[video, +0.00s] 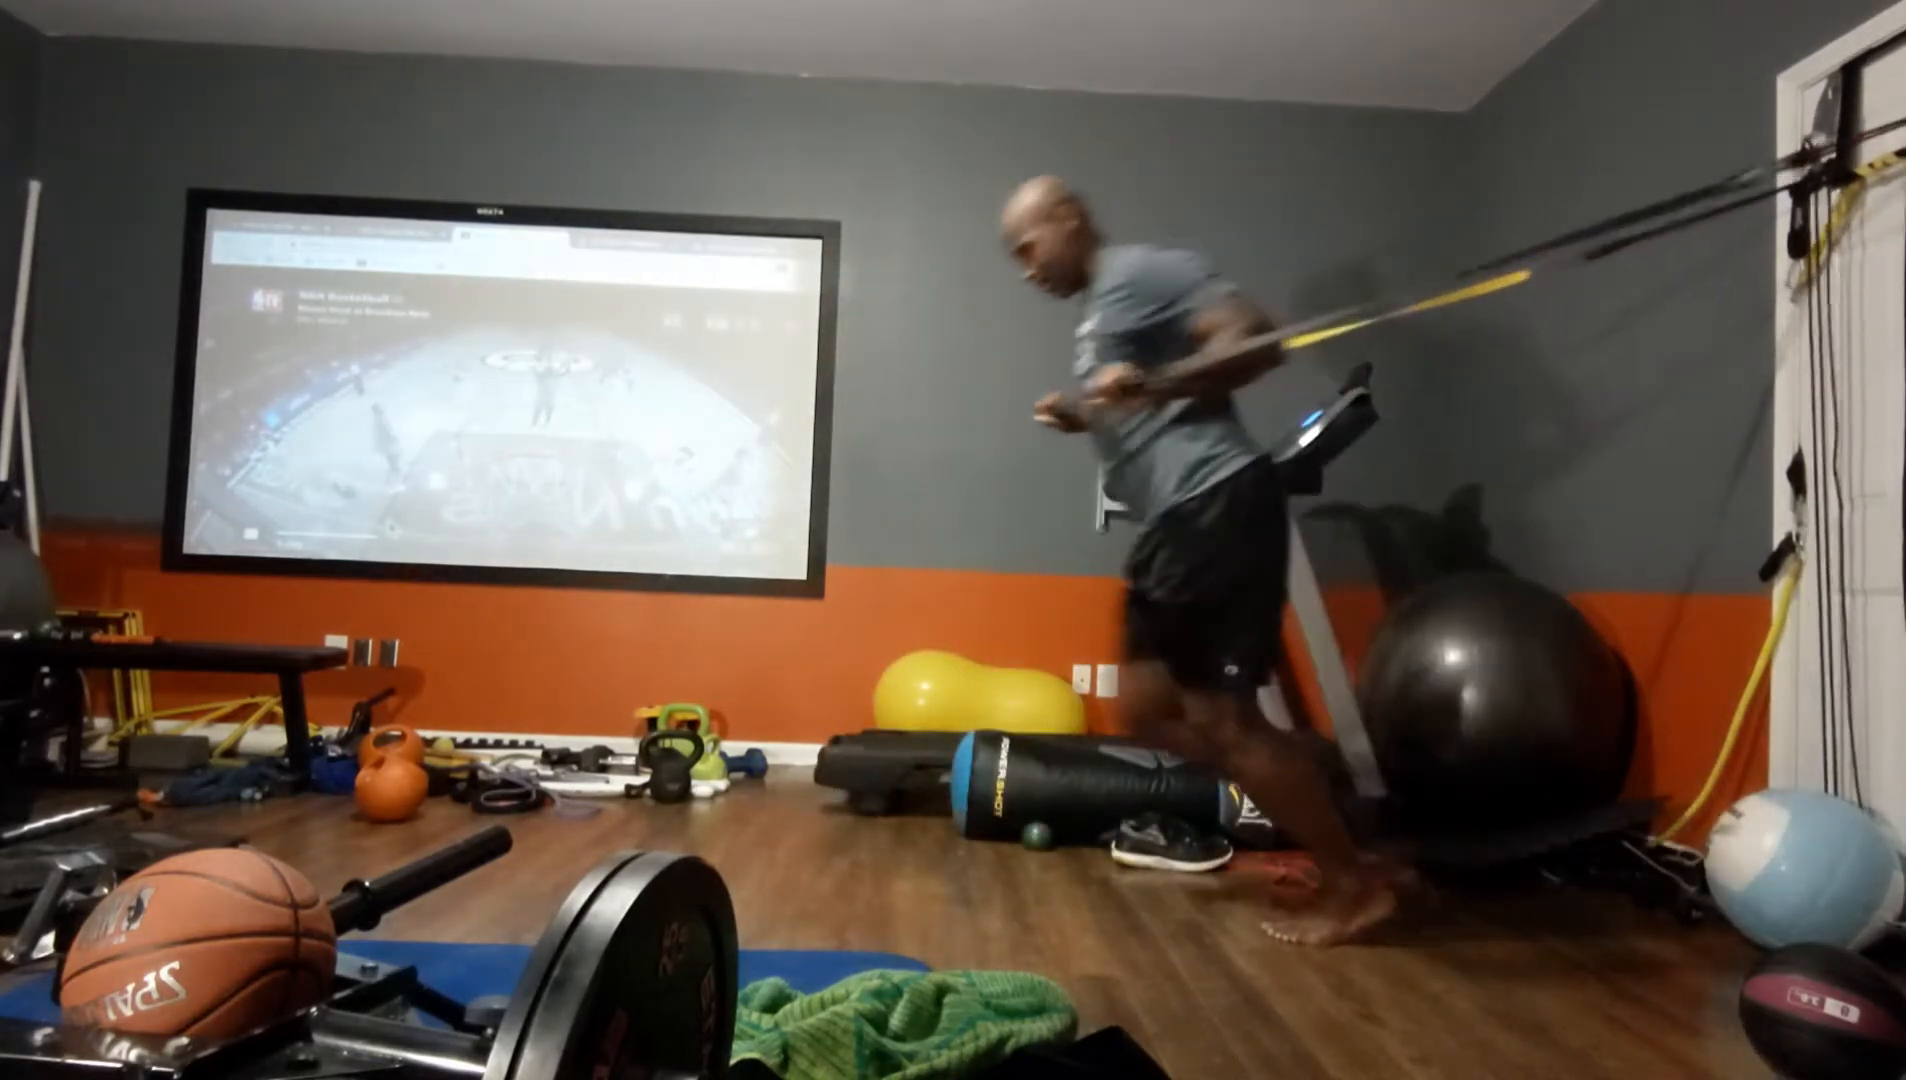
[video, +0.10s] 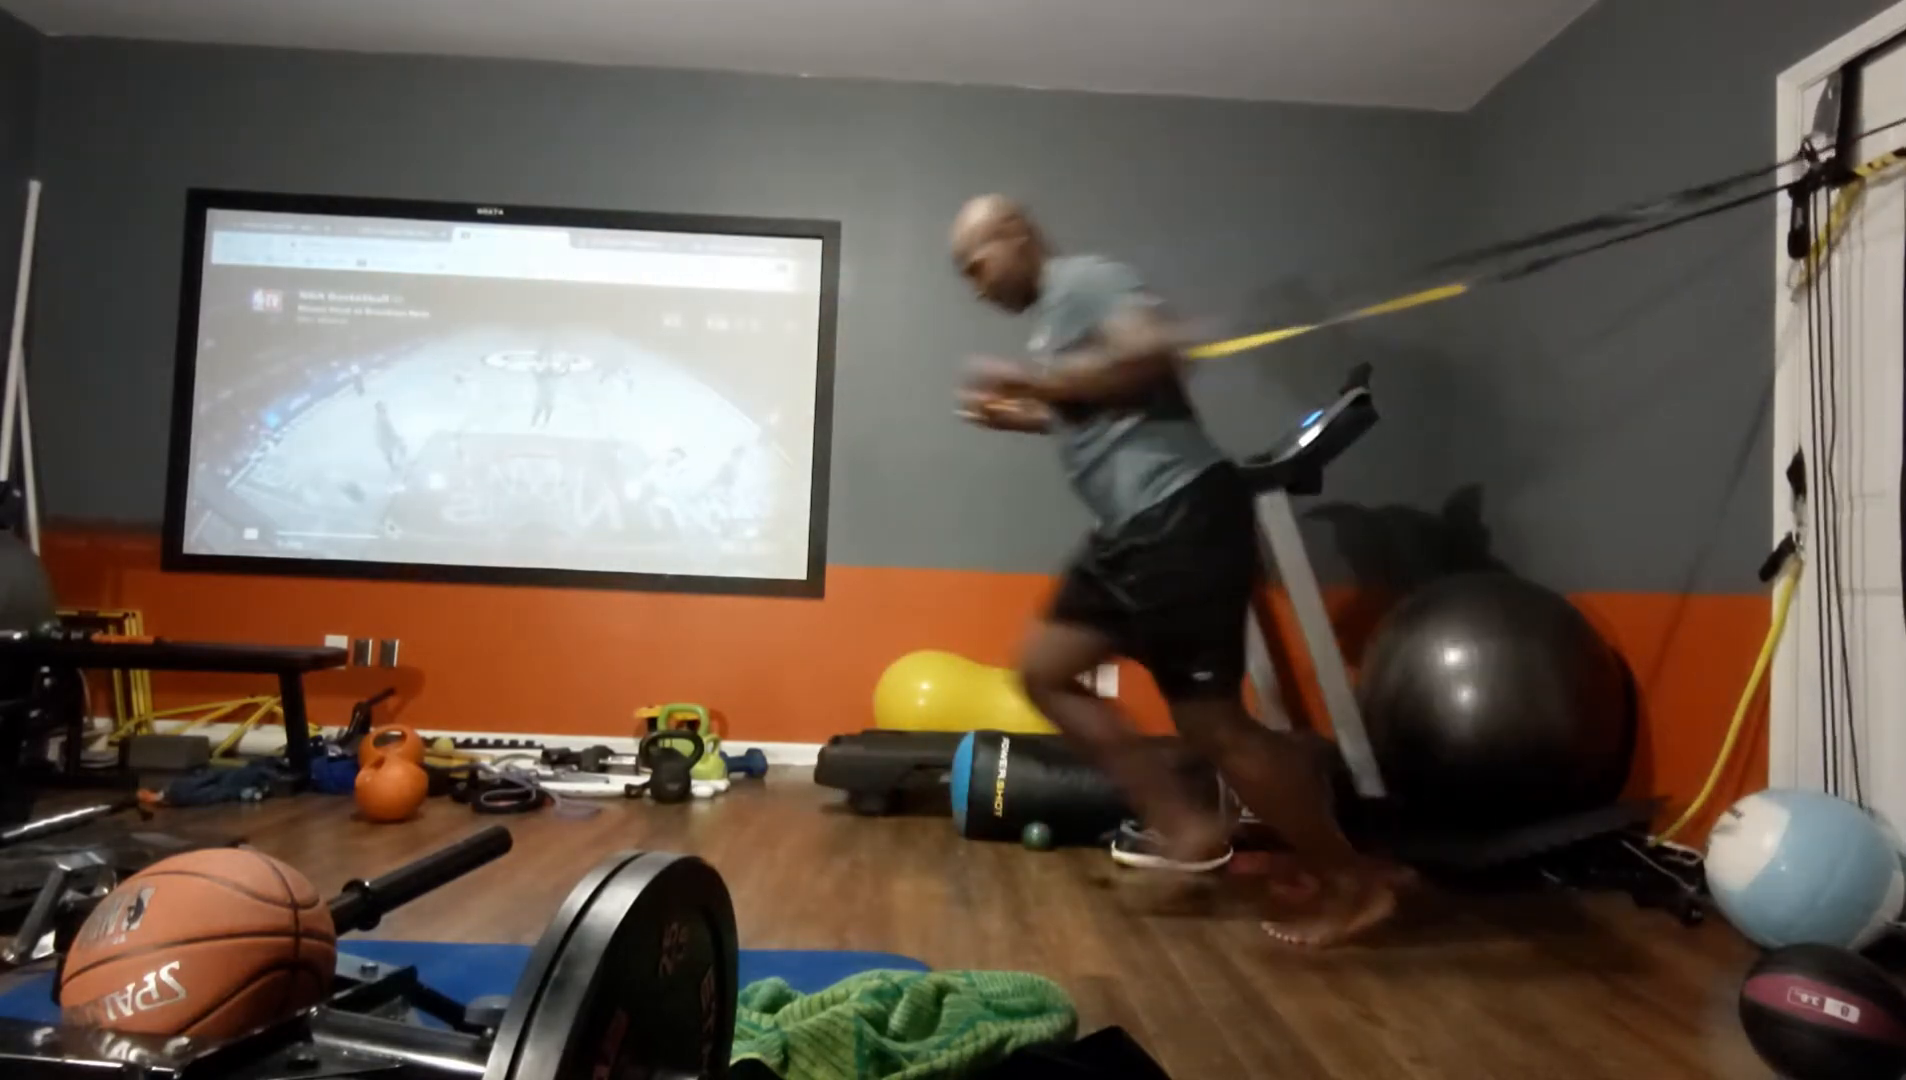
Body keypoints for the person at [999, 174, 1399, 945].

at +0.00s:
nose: (1025, 265)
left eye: (1028, 243)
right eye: (1015, 254)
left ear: (1074, 219)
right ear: (1032, 251)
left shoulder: (1139, 269)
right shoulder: (1095, 312)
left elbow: (1255, 343)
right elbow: (1143, 413)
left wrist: (1153, 384)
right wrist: (1080, 415)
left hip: (1220, 504)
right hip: (1172, 520)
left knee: (1222, 721)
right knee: (1151, 712)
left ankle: (1354, 885)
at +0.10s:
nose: (978, 282)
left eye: (981, 259)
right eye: (966, 272)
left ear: (1024, 234)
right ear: (975, 274)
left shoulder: (1086, 281)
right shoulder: (1050, 326)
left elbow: (1151, 358)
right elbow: (1108, 403)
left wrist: (1037, 380)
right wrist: (1033, 416)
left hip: (1189, 514)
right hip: (1134, 529)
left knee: (1212, 725)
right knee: (1046, 671)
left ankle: (1353, 883)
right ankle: (1183, 827)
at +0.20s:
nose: (921, 287)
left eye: (928, 265)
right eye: (910, 278)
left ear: (964, 251)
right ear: (917, 281)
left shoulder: (1027, 285)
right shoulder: (977, 340)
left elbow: (974, 337)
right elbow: (963, 405)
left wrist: (856, 348)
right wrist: (871, 388)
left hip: (1149, 511)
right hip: (1081, 530)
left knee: (1205, 725)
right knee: (971, 649)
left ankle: (1349, 877)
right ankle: (1001, 850)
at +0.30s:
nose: (836, 311)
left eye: (841, 298)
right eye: (835, 303)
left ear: (875, 283)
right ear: (874, 297)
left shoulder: (945, 308)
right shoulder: (919, 352)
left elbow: (814, 321)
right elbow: (835, 375)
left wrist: (687, 320)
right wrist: (734, 359)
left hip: (1095, 525)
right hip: (1034, 542)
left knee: (1180, 732)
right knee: (923, 672)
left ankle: (1343, 871)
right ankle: (879, 867)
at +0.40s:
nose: (763, 339)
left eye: (764, 323)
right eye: (760, 328)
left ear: (792, 305)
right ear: (803, 306)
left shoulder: (865, 330)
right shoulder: (851, 369)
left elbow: (734, 331)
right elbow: (756, 373)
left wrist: (599, 307)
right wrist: (663, 352)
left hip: (1044, 537)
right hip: (976, 551)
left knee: (1120, 738)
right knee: (869, 667)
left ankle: (1316, 857)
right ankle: (865, 873)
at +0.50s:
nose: (723, 375)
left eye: (725, 353)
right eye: (716, 360)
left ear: (761, 329)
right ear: (760, 339)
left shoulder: (835, 350)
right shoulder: (822, 382)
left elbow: (698, 352)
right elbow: (702, 381)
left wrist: (564, 327)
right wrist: (588, 345)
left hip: (1013, 544)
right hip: (943, 559)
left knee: (1084, 742)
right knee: (838, 667)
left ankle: (1273, 861)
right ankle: (860, 871)